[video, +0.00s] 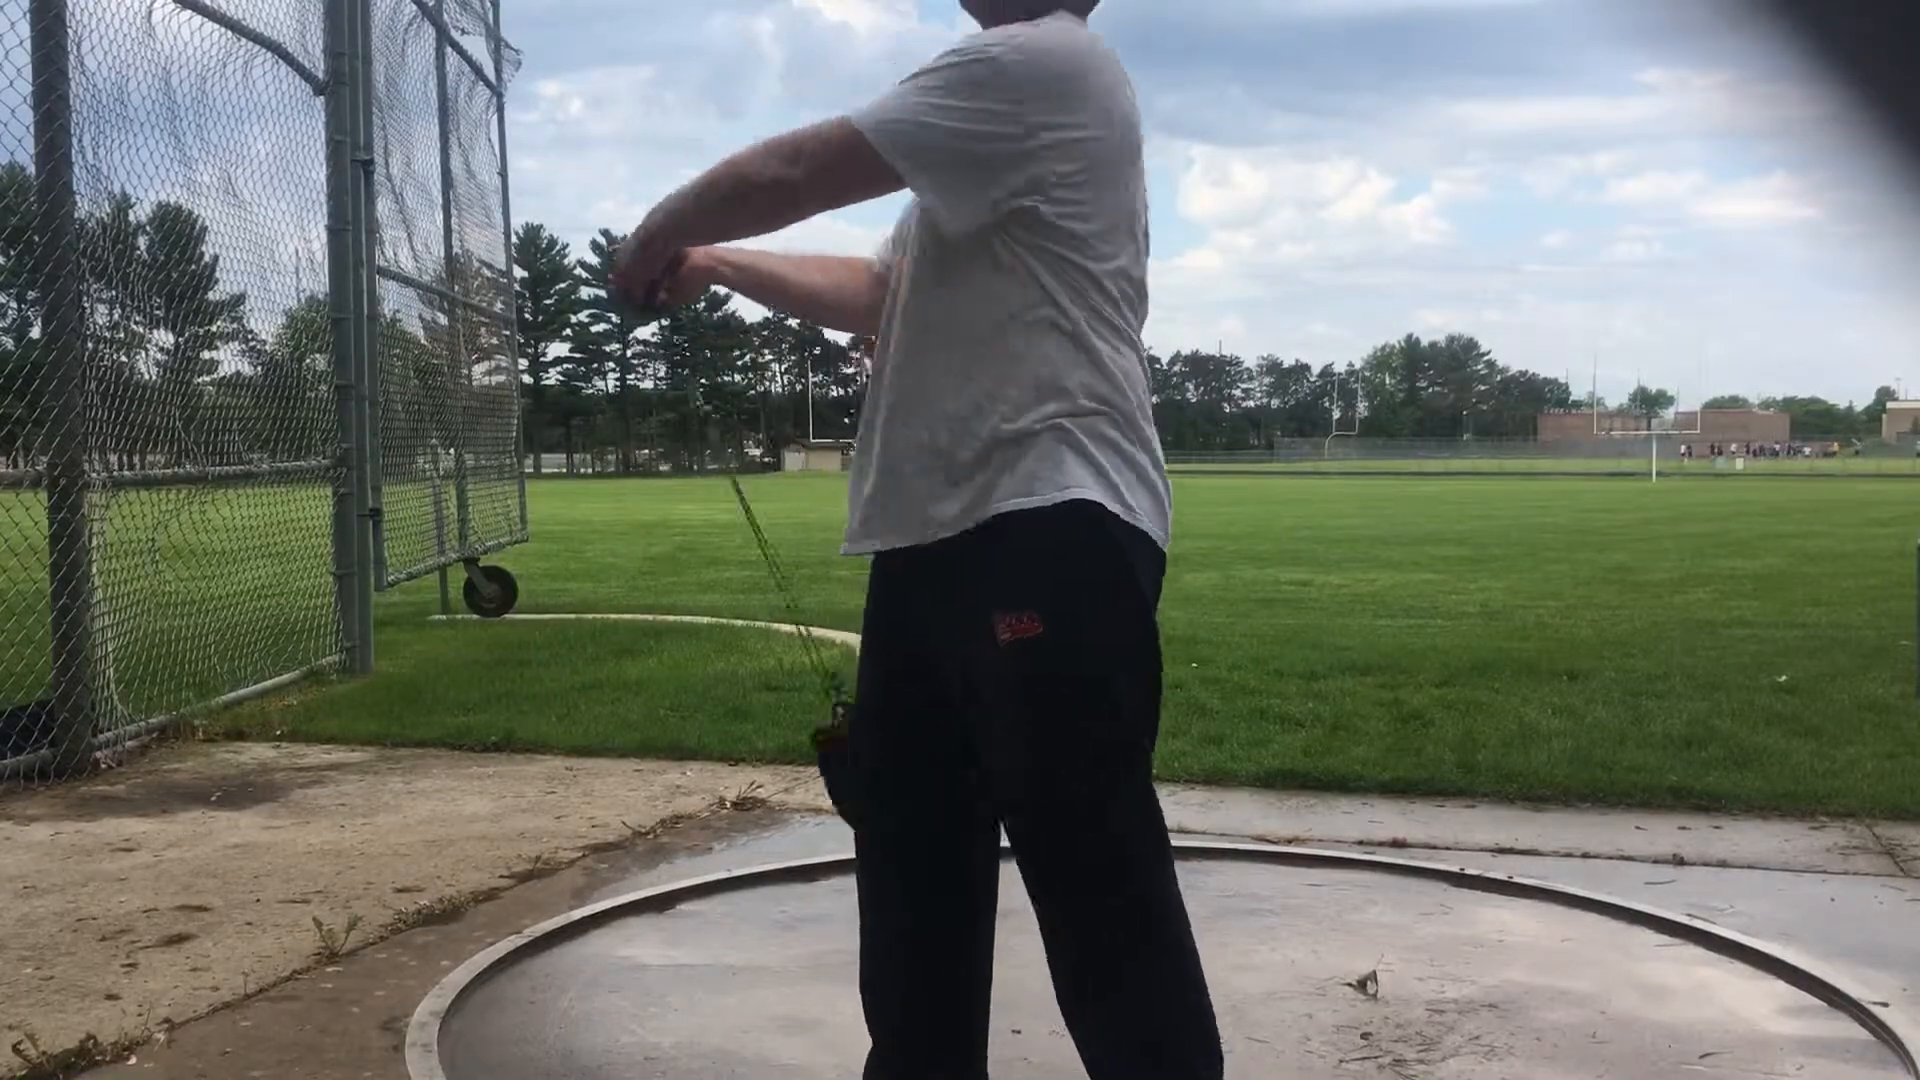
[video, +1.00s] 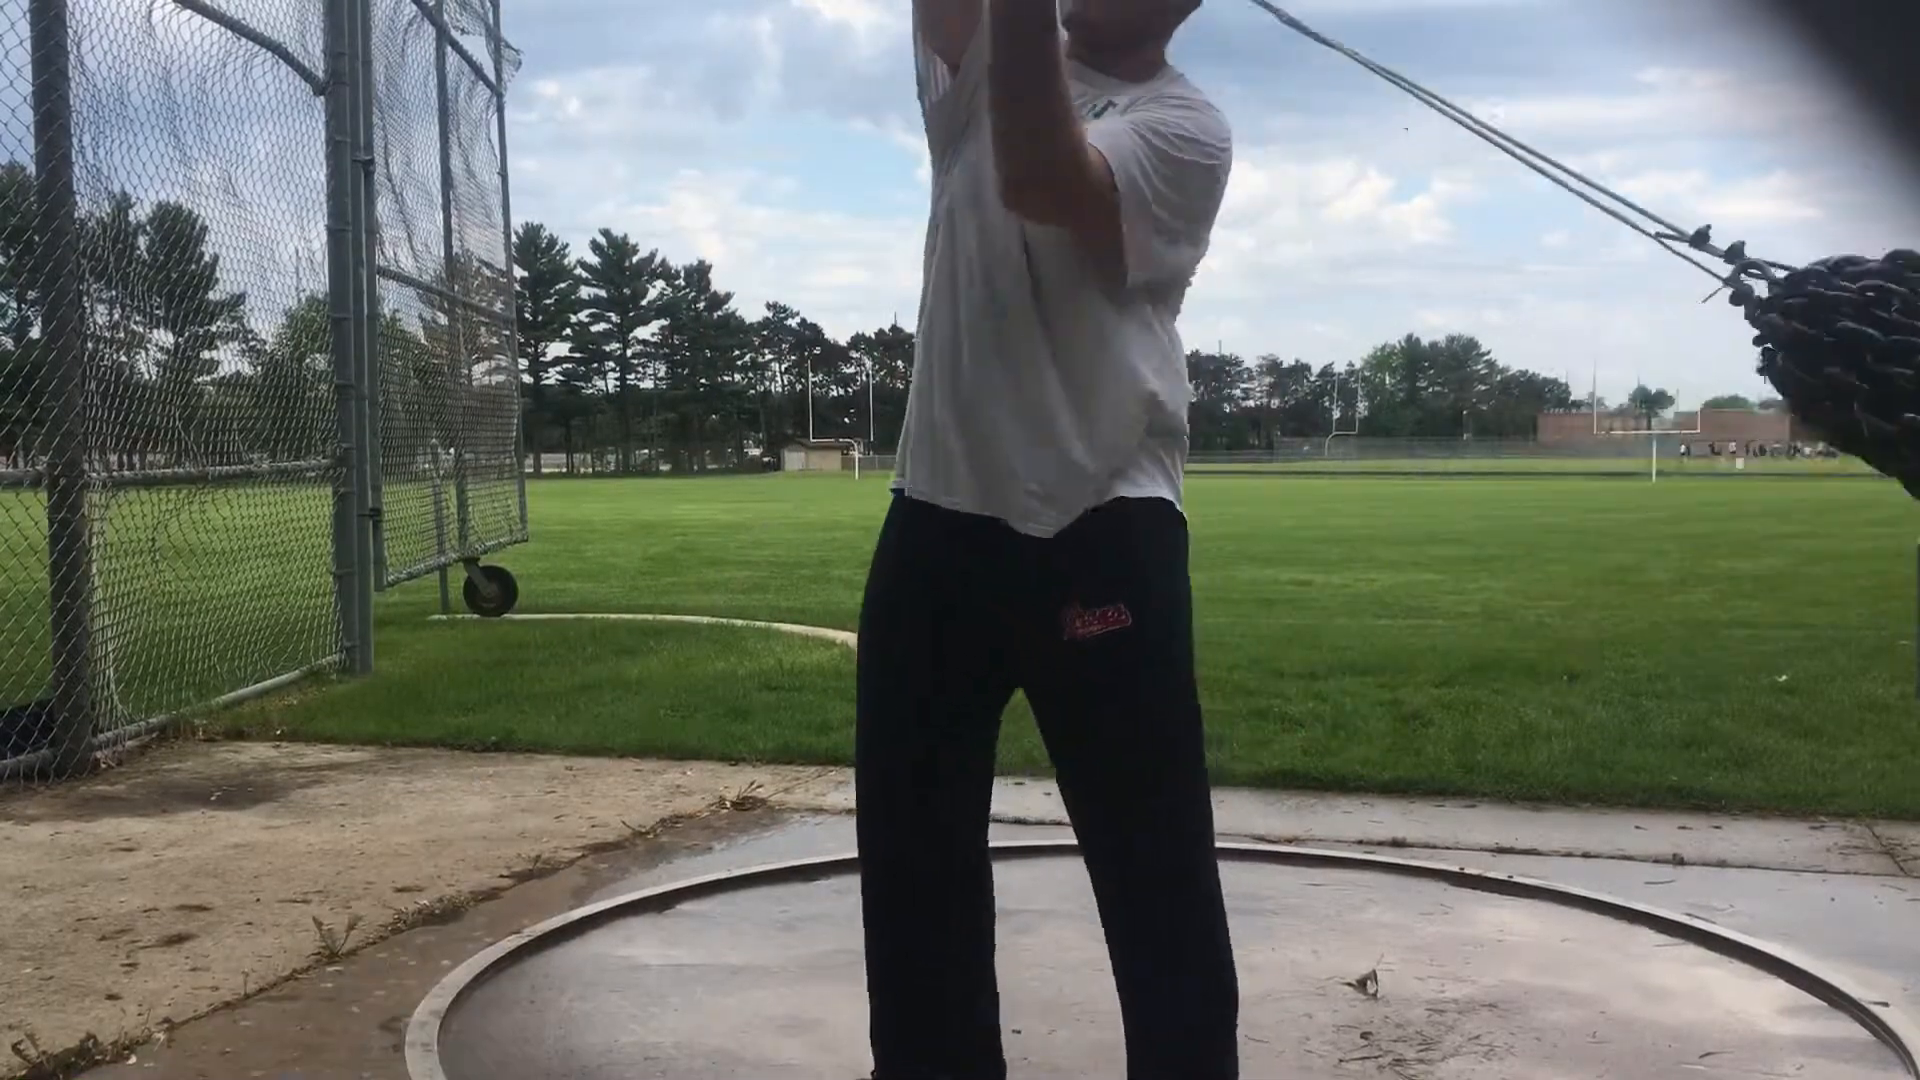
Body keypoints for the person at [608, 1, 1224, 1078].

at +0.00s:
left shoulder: (1047, 58)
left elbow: (800, 166)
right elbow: (885, 295)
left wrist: (661, 230)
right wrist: (714, 260)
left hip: (1050, 515)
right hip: (928, 537)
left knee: (1094, 860)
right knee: (914, 868)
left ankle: (1161, 1061)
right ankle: (921, 1062)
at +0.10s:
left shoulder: (1130, 81)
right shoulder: (985, 136)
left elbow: (913, 173)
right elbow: (883, 292)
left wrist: (705, 236)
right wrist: (753, 272)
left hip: (1094, 517)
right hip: (947, 537)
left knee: (1108, 868)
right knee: (920, 873)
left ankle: (1169, 1073)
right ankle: (921, 1070)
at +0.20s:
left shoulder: (1202, 93)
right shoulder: (1004, 111)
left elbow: (1048, 184)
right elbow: (916, 279)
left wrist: (817, 249)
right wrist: (832, 293)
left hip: (1138, 526)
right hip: (973, 533)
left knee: (1142, 891)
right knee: (930, 894)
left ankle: (1185, 1074)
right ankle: (918, 1072)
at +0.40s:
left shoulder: (1289, 106)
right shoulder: (1049, 98)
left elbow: (1208, 229)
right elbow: (968, 226)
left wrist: (996, 300)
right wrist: (939, 316)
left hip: (1201, 524)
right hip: (1027, 522)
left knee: (1189, 875)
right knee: (963, 864)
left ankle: (1197, 1070)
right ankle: (926, 1066)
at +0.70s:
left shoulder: (1305, 115)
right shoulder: (1072, 71)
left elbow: (1261, 227)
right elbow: (991, 127)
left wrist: (1088, 200)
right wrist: (994, 180)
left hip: (1196, 542)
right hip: (1014, 525)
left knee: (1203, 882)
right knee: (940, 849)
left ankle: (1204, 1069)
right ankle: (914, 1066)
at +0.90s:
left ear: (1209, 4)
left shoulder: (1239, 130)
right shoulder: (1007, 77)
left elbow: (1132, 228)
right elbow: (948, 15)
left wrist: (1052, 69)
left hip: (1147, 535)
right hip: (970, 525)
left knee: (1183, 894)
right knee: (925, 889)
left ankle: (1201, 1068)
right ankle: (926, 1068)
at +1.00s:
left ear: (1184, 6)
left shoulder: (1186, 130)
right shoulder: (983, 73)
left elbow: (1038, 179)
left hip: (1103, 530)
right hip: (937, 520)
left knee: (1157, 900)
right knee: (916, 899)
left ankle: (1186, 1068)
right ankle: (932, 1071)